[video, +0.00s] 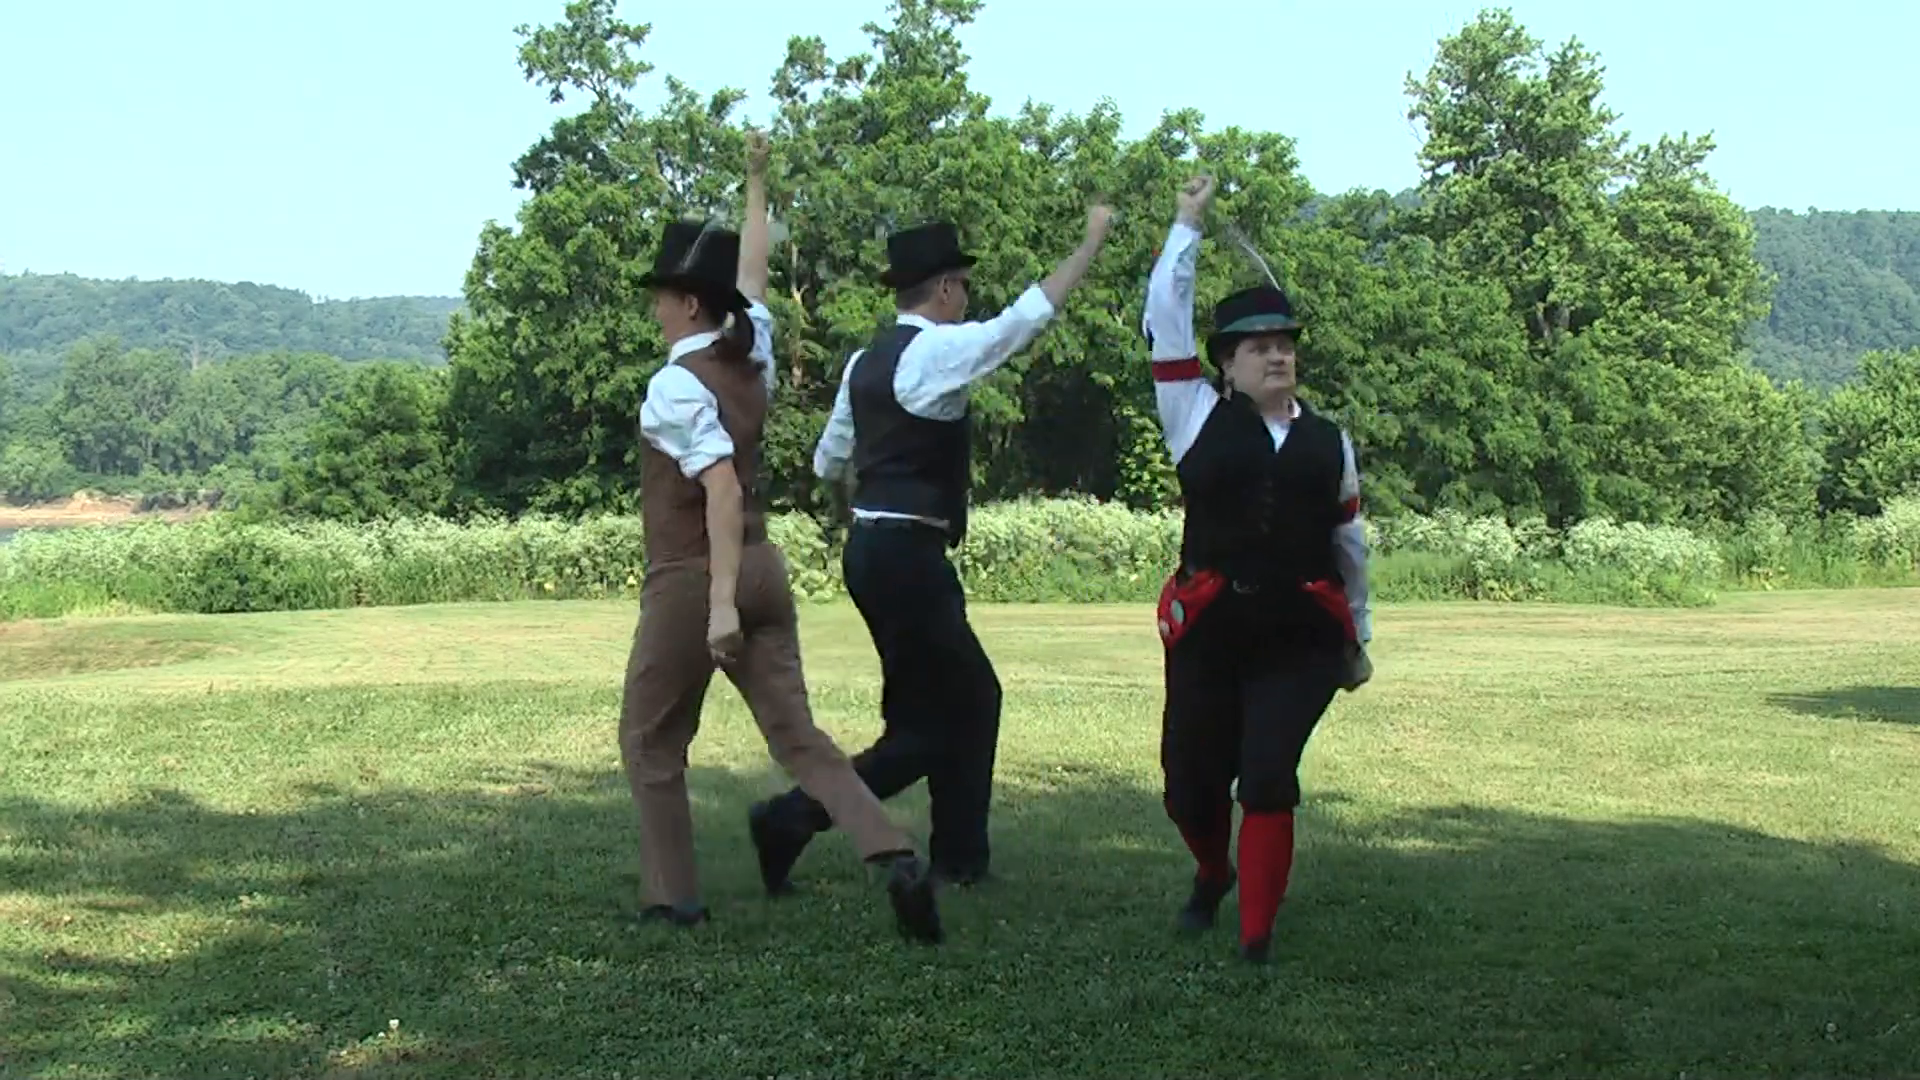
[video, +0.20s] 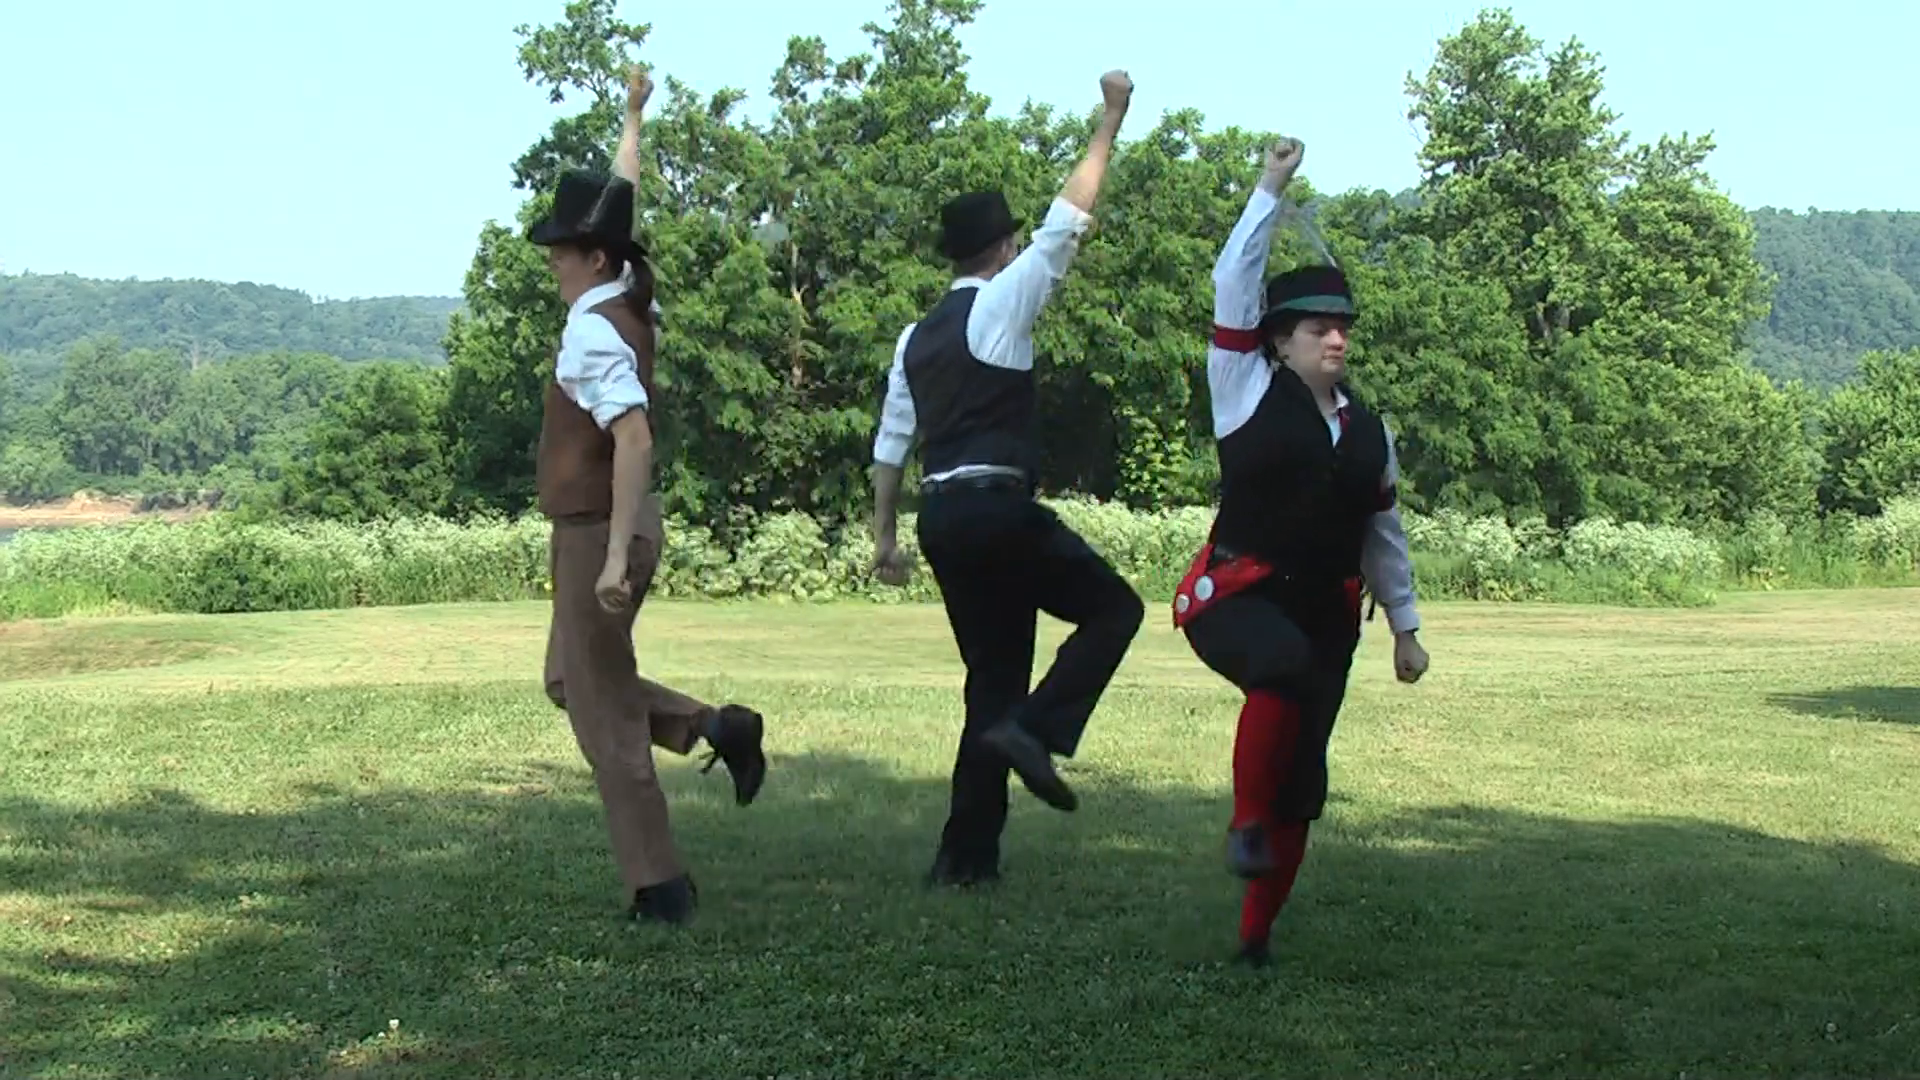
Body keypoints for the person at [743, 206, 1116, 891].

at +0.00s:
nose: (967, 296)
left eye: (963, 285)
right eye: (962, 284)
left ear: (907, 293)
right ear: (944, 289)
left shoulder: (864, 361)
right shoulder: (935, 349)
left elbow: (830, 459)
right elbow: (1024, 319)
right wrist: (1089, 247)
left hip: (873, 552)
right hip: (908, 553)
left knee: (934, 721)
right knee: (973, 698)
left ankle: (792, 820)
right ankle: (959, 861)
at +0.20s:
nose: (1018, 248)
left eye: (1008, 239)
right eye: (1012, 236)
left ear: (951, 255)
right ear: (1005, 246)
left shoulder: (913, 338)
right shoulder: (1006, 297)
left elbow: (891, 441)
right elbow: (1068, 219)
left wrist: (882, 531)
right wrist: (1106, 123)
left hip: (943, 520)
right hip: (999, 510)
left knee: (994, 684)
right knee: (1114, 607)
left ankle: (967, 854)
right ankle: (1035, 730)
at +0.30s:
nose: (1051, 234)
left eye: (1042, 228)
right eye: (1045, 227)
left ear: (979, 240)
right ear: (1031, 231)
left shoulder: (939, 317)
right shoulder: (1045, 274)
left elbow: (909, 422)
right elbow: (1100, 190)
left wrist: (905, 512)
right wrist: (1126, 91)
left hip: (967, 496)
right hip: (1035, 485)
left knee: (1027, 653)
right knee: (1127, 590)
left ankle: (1009, 829)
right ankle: (1089, 709)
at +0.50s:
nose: (1098, 286)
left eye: (1079, 278)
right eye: (1097, 278)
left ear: (1029, 286)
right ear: (1091, 281)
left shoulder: (995, 364)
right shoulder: (1106, 333)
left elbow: (960, 463)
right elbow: (1153, 246)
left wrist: (947, 550)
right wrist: (1156, 141)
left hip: (1033, 543)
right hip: (1108, 531)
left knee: (1087, 704)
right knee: (1153, 627)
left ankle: (1118, 863)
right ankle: (1174, 742)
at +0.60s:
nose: (1081, 291)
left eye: (1061, 280)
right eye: (1102, 281)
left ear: (1051, 289)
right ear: (1111, 286)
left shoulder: (1018, 368)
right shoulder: (1133, 339)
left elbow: (990, 465)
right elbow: (1183, 246)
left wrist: (977, 555)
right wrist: (1184, 150)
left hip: (1056, 547)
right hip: (1133, 536)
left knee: (1097, 705)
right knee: (1164, 636)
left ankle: (1118, 858)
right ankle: (1197, 767)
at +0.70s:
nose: (1075, 284)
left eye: (1074, 276)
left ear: (1073, 284)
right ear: (1134, 283)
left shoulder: (1040, 362)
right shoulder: (1158, 334)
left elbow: (1017, 458)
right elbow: (1203, 248)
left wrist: (1003, 548)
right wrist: (1209, 153)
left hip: (1080, 540)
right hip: (1156, 531)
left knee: (1105, 698)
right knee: (1174, 652)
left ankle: (1117, 858)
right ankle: (1215, 788)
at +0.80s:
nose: (1087, 298)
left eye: (1087, 289)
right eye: (1095, 286)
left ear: (1094, 295)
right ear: (1152, 294)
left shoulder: (1067, 368)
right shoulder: (1181, 348)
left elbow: (1049, 467)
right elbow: (1220, 260)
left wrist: (1030, 554)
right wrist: (1220, 167)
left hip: (1101, 548)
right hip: (1175, 540)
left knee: (1115, 705)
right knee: (1178, 688)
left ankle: (1117, 849)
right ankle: (1220, 830)